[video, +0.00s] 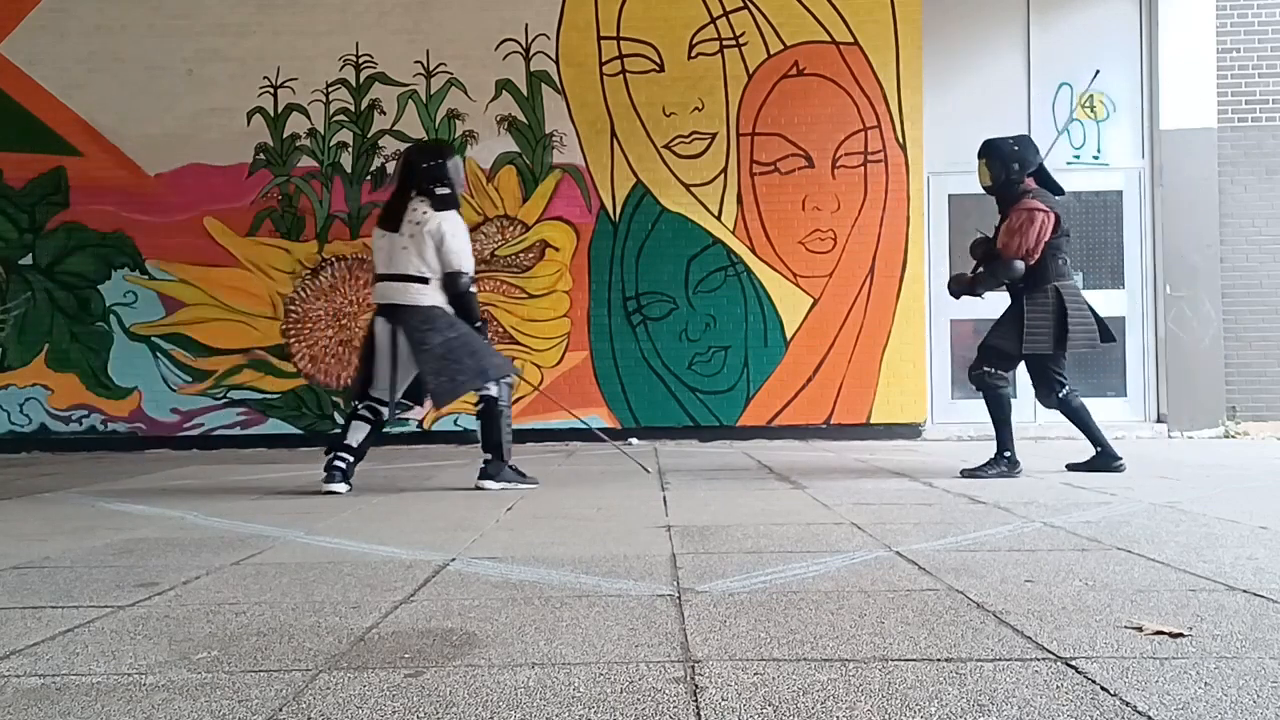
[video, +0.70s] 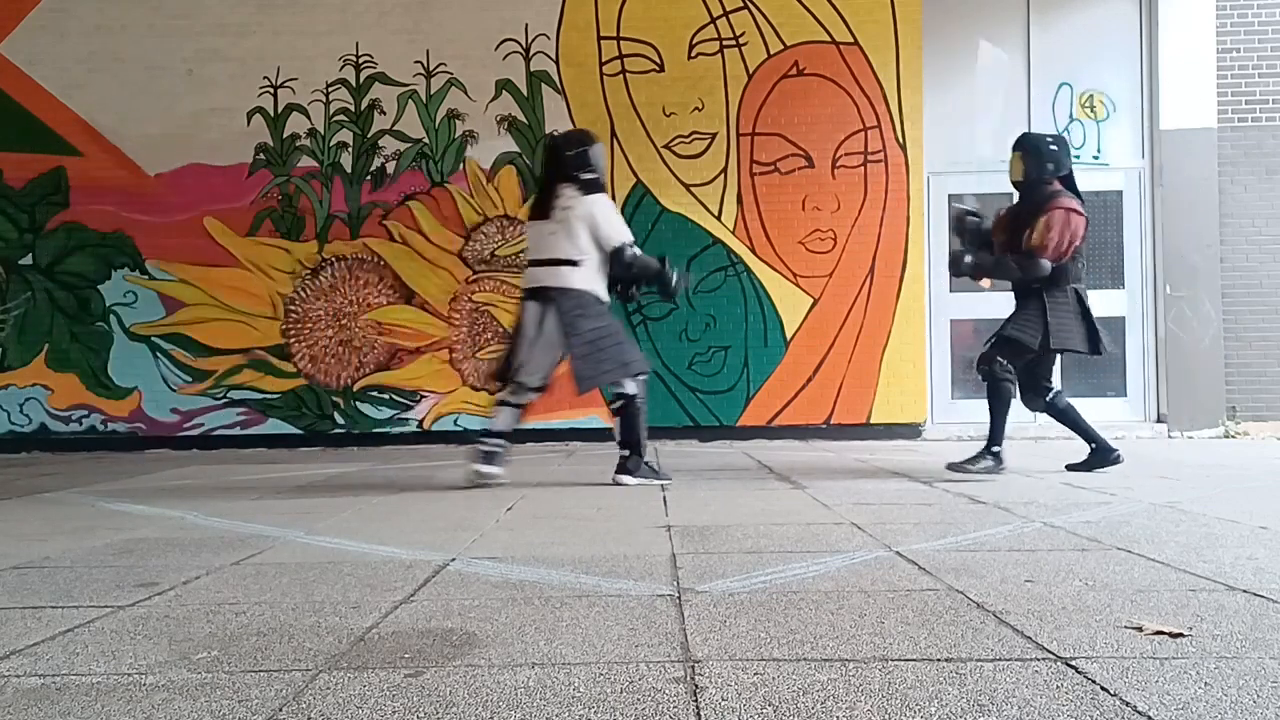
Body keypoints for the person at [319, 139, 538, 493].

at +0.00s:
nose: (458, 176)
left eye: (456, 169)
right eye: (453, 169)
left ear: (408, 175)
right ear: (440, 175)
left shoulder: (388, 216)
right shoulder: (444, 217)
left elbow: (384, 275)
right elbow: (457, 286)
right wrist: (478, 329)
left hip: (387, 313)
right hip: (428, 314)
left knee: (378, 396)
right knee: (496, 374)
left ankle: (339, 467)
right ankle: (497, 465)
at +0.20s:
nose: (495, 167)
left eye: (492, 159)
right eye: (490, 160)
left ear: (445, 166)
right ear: (474, 166)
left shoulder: (422, 205)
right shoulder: (479, 209)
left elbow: (418, 263)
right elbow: (488, 278)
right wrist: (512, 322)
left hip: (418, 305)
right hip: (461, 307)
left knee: (414, 384)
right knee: (519, 377)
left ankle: (395, 457)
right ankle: (500, 465)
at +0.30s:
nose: (507, 171)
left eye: (505, 163)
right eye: (502, 164)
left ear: (458, 169)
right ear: (486, 170)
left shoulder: (434, 207)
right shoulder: (487, 212)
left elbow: (433, 267)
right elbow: (495, 279)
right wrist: (525, 311)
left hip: (425, 311)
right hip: (469, 312)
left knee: (428, 391)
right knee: (538, 369)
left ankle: (408, 469)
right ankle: (512, 453)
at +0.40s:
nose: (519, 179)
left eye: (517, 170)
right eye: (514, 171)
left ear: (469, 175)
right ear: (499, 175)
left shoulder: (449, 212)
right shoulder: (499, 216)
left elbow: (460, 269)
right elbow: (515, 280)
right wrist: (556, 294)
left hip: (441, 310)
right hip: (483, 313)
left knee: (437, 393)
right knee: (555, 365)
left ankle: (409, 470)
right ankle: (563, 451)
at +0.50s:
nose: (536, 179)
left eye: (534, 172)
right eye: (531, 172)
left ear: (491, 177)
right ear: (519, 177)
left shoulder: (475, 211)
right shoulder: (524, 215)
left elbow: (515, 269)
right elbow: (563, 268)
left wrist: (582, 270)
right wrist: (603, 265)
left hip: (462, 308)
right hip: (503, 312)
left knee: (445, 392)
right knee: (569, 368)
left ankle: (410, 469)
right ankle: (613, 450)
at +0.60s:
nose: (570, 168)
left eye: (567, 161)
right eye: (563, 162)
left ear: (525, 170)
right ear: (551, 169)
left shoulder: (512, 206)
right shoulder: (558, 208)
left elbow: (548, 253)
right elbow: (604, 254)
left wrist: (599, 263)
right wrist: (646, 248)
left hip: (501, 307)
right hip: (544, 310)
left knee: (469, 389)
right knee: (600, 377)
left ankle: (421, 462)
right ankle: (630, 459)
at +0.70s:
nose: (600, 166)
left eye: (598, 160)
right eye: (595, 160)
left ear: (555, 165)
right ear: (585, 164)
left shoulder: (540, 204)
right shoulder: (592, 201)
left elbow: (559, 257)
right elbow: (626, 256)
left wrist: (613, 278)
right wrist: (661, 273)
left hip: (537, 294)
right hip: (578, 296)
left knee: (523, 378)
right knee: (628, 370)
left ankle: (489, 455)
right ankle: (633, 461)